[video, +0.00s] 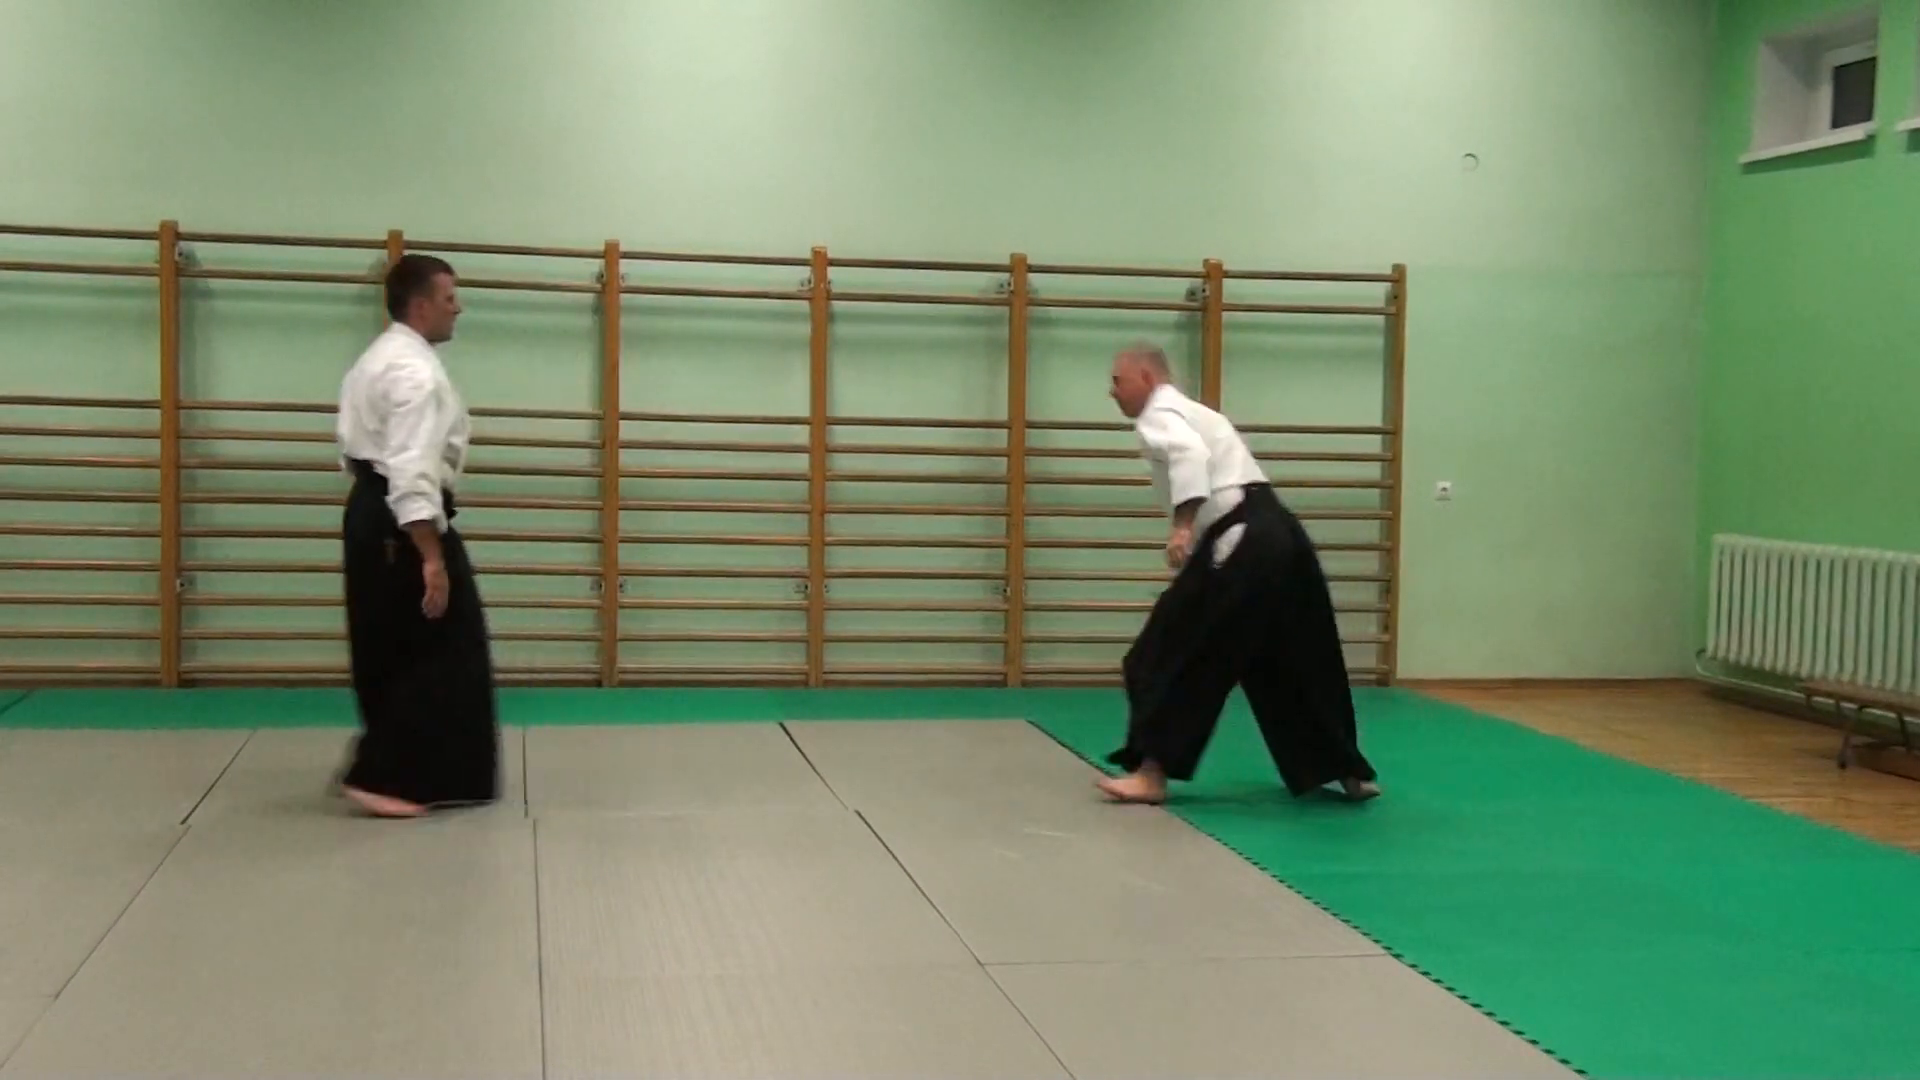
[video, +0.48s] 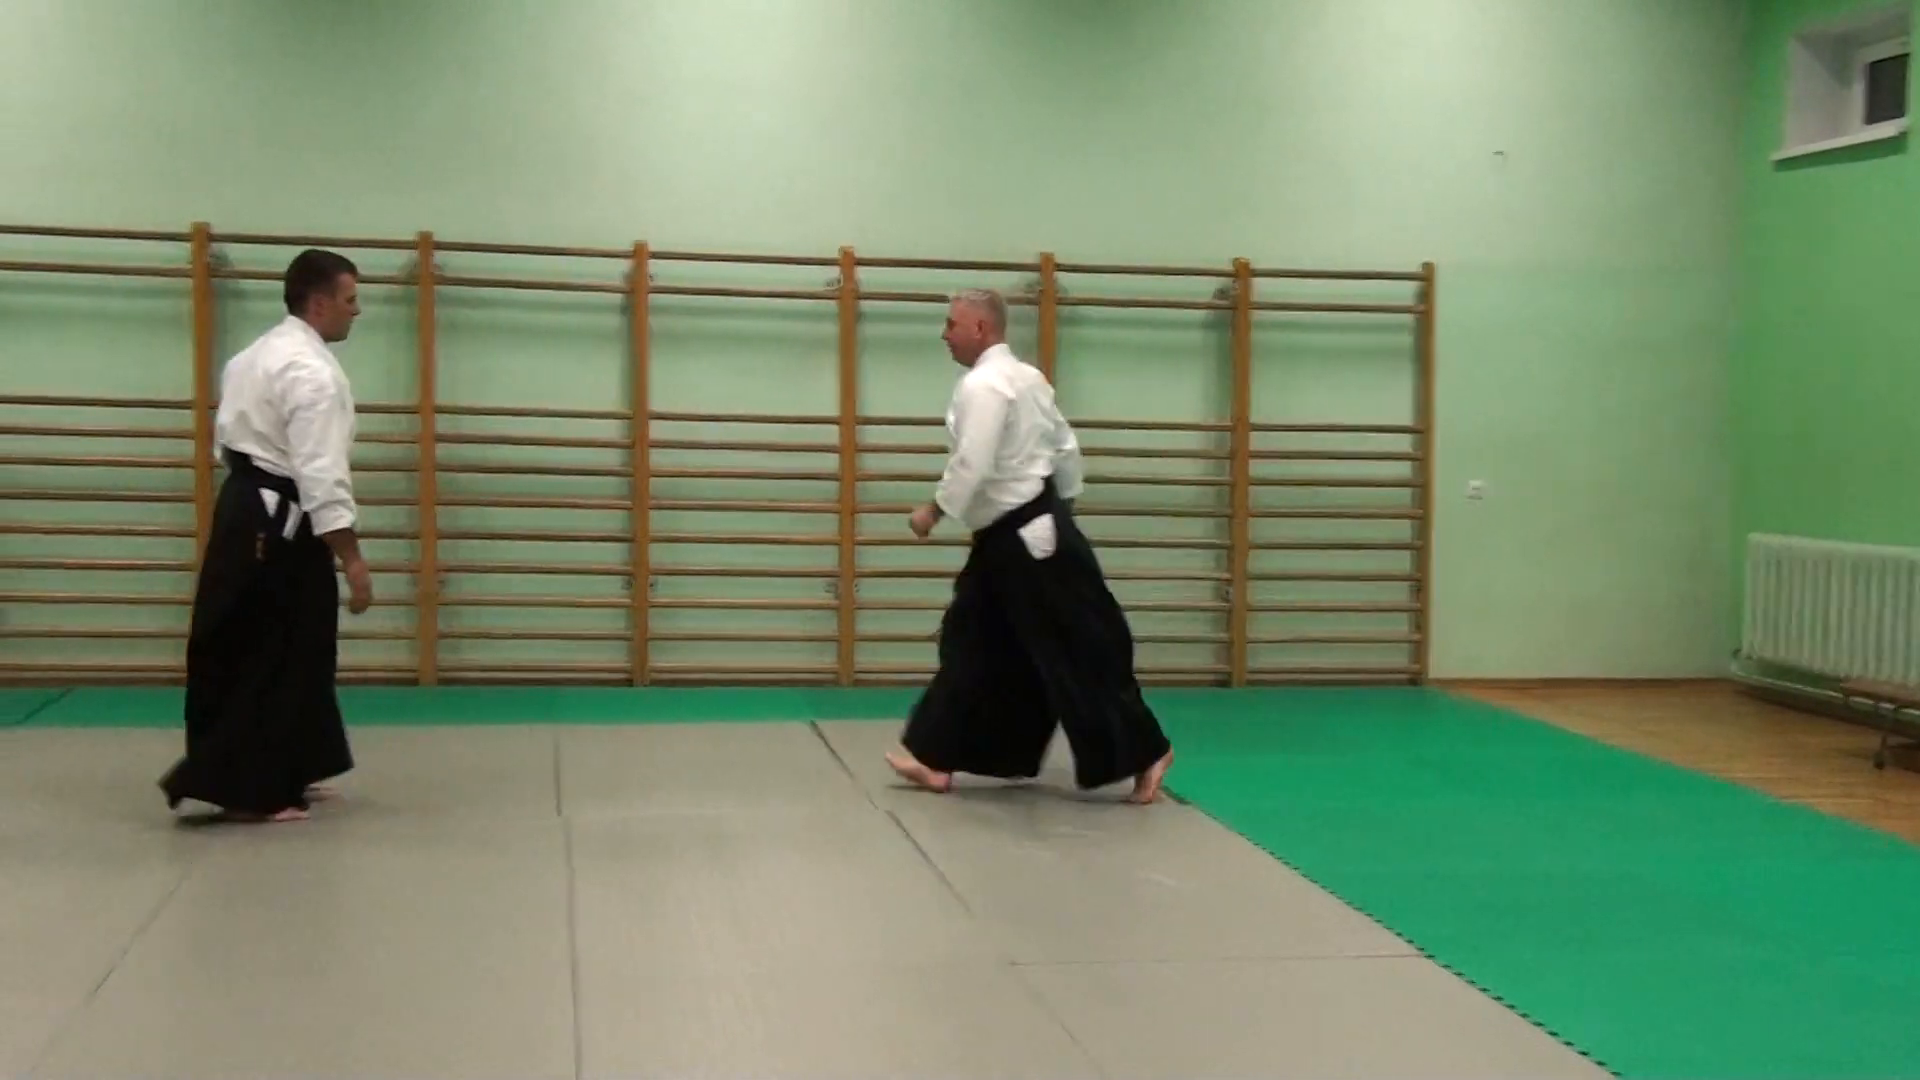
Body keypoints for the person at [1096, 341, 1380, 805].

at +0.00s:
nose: (1113, 391)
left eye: (1118, 381)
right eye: (1112, 382)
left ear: (1145, 377)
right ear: (1153, 378)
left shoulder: (1156, 413)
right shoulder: (1195, 409)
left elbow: (1190, 453)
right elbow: (1233, 466)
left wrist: (1182, 526)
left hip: (1242, 542)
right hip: (1284, 535)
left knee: (1166, 655)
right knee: (1304, 657)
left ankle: (1149, 775)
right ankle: (1352, 770)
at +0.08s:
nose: (1080, 375)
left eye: (1087, 365)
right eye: (1080, 365)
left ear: (1115, 363)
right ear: (1124, 365)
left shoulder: (1122, 408)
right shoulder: (1167, 399)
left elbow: (1161, 450)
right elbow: (1201, 457)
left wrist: (1168, 525)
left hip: (1201, 535)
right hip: (1238, 527)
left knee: (1151, 650)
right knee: (1275, 649)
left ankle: (1146, 780)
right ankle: (1341, 757)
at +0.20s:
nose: (1033, 362)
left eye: (1039, 352)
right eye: (1034, 353)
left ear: (1069, 352)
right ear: (1074, 353)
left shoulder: (1077, 408)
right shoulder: (1118, 394)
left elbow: (1103, 480)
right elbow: (1148, 467)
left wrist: (1110, 555)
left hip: (1147, 541)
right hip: (1175, 530)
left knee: (1130, 661)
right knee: (1196, 649)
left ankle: (1140, 781)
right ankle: (1271, 735)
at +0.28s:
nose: (1003, 358)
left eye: (1010, 347)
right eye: (1004, 347)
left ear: (1042, 349)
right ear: (1047, 350)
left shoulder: (1047, 407)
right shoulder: (1087, 391)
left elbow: (1055, 488)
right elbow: (1103, 468)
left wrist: (1048, 557)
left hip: (1108, 548)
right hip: (1136, 534)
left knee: (1098, 662)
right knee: (1131, 656)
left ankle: (1137, 779)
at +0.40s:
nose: (959, 342)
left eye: (966, 333)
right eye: (961, 332)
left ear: (995, 335)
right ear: (999, 338)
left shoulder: (1000, 395)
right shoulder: (1043, 383)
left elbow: (991, 476)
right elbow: (1083, 452)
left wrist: (956, 533)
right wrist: (1084, 509)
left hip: (1050, 542)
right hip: (1072, 530)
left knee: (1086, 655)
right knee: (993, 636)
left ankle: (1139, 769)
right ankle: (991, 757)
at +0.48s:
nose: (945, 335)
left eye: (951, 325)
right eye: (946, 325)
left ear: (981, 328)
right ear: (988, 329)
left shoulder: (984, 386)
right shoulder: (1028, 377)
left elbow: (971, 464)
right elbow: (1067, 452)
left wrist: (935, 508)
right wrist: (1055, 506)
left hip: (1017, 537)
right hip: (1038, 527)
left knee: (1081, 645)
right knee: (971, 642)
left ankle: (1148, 751)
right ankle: (933, 758)